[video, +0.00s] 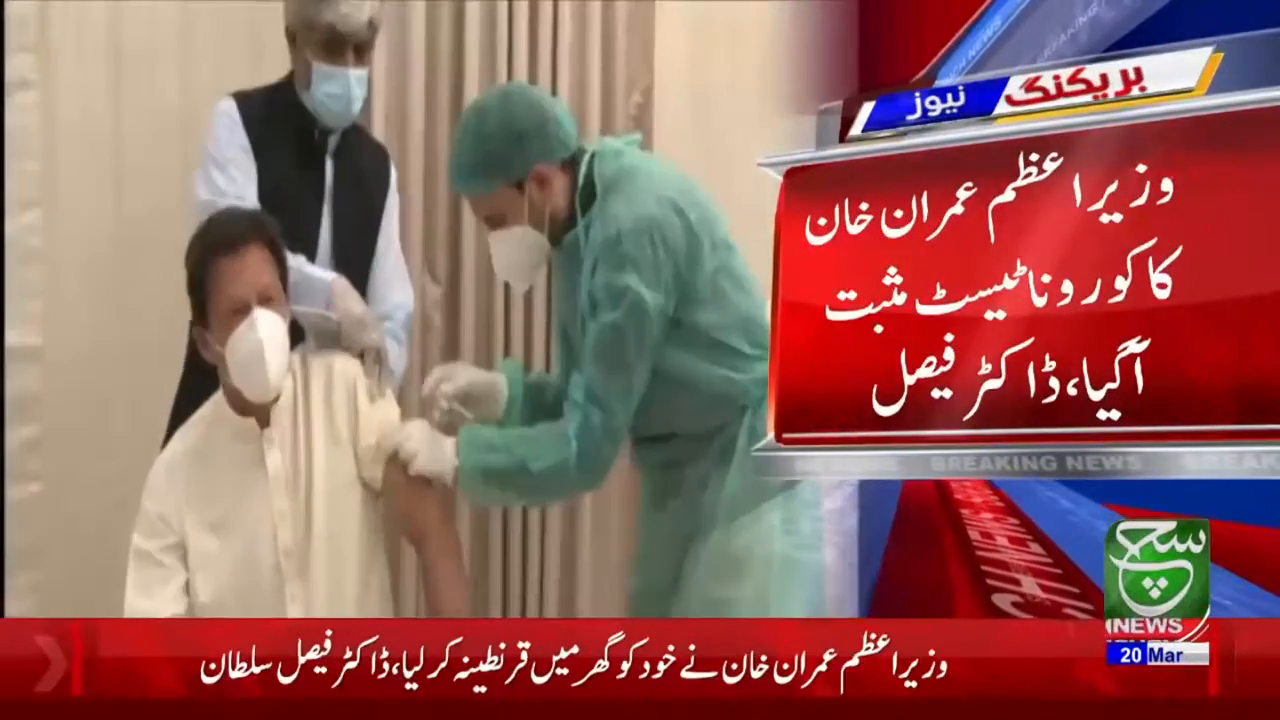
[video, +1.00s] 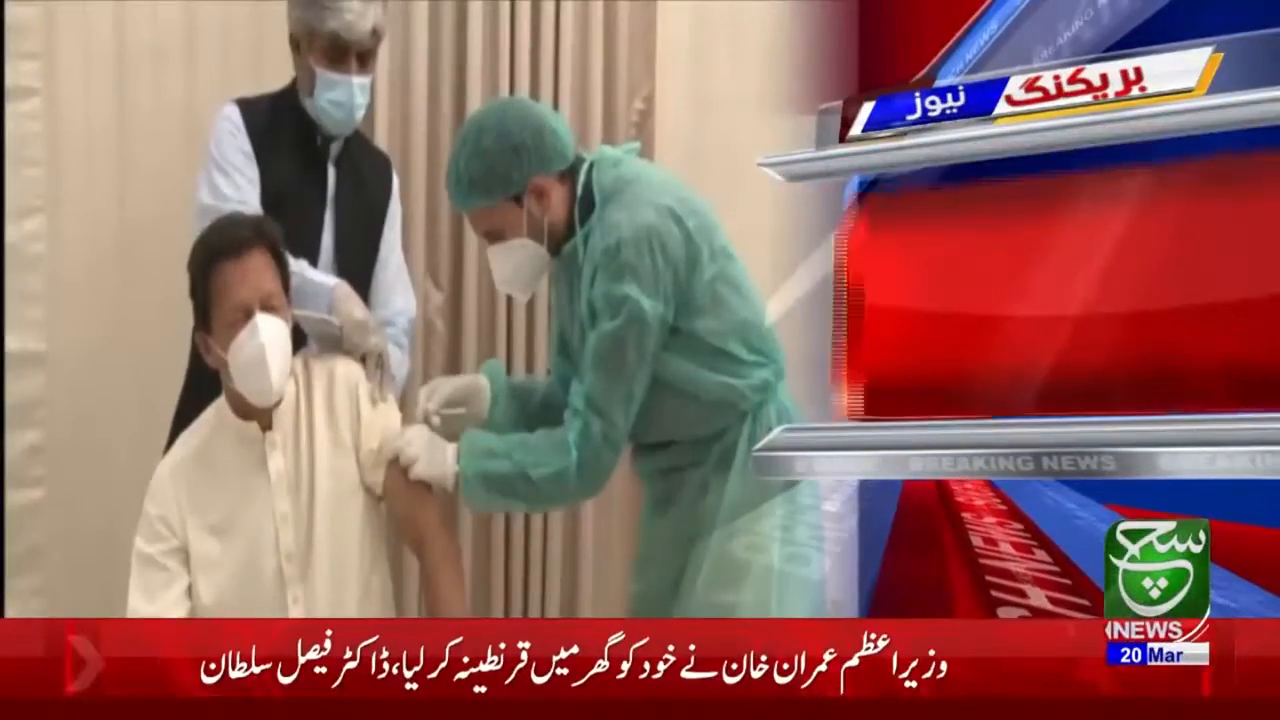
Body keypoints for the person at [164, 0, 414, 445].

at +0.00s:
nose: (347, 74)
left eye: (359, 57)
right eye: (330, 55)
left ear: (372, 54)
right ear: (293, 46)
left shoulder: (376, 163)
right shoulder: (240, 120)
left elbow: (391, 293)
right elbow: (228, 244)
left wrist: (374, 374)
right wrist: (330, 291)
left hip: (332, 388)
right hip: (236, 374)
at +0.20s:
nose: (350, 72)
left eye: (362, 55)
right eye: (333, 53)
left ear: (375, 53)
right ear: (295, 45)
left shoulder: (377, 164)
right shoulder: (241, 121)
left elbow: (395, 297)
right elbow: (231, 243)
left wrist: (373, 382)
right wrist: (332, 293)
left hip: (335, 391)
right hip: (236, 378)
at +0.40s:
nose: (350, 78)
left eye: (363, 60)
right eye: (334, 58)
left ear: (376, 58)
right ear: (298, 50)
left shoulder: (378, 166)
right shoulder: (242, 126)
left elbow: (391, 292)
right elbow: (232, 252)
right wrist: (334, 303)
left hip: (340, 391)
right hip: (242, 378)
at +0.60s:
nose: (351, 77)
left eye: (364, 59)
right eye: (335, 57)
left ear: (377, 56)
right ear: (297, 50)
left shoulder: (377, 169)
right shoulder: (242, 126)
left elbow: (396, 303)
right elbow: (231, 248)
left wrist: (376, 379)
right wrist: (332, 297)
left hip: (335, 398)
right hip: (237, 385)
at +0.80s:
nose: (352, 78)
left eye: (364, 60)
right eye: (335, 58)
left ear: (376, 58)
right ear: (297, 51)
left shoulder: (377, 169)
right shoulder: (242, 126)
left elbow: (396, 304)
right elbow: (231, 249)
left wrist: (376, 380)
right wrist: (333, 298)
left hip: (336, 398)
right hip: (237, 385)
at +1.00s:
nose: (352, 79)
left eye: (364, 61)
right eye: (335, 59)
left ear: (376, 60)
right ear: (298, 51)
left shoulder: (377, 171)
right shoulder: (243, 126)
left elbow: (396, 306)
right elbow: (231, 248)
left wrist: (377, 384)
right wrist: (333, 298)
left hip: (336, 398)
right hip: (237, 385)